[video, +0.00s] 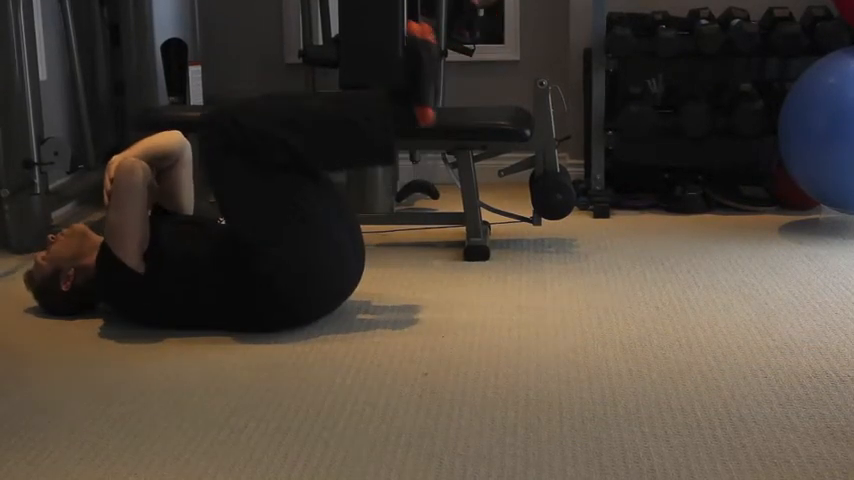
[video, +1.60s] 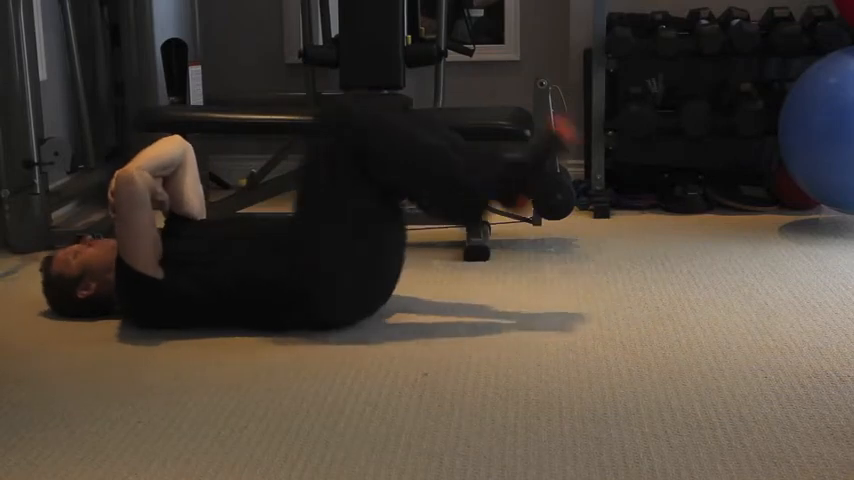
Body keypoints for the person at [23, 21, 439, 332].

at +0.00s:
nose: (57, 236)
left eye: (47, 241)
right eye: (51, 248)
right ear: (72, 278)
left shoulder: (153, 253)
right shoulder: (120, 283)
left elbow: (177, 144)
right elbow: (129, 171)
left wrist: (122, 167)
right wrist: (123, 170)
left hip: (320, 262)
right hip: (297, 276)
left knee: (229, 129)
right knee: (227, 132)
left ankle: (395, 104)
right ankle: (399, 116)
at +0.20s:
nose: (56, 236)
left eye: (46, 244)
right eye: (52, 251)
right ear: (73, 278)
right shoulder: (125, 282)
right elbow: (131, 165)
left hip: (328, 242)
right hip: (295, 262)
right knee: (180, 142)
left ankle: (339, 73)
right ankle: (340, 77)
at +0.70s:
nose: (54, 231)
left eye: (43, 239)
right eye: (48, 245)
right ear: (67, 278)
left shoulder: (151, 258)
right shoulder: (114, 286)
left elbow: (178, 164)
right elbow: (122, 172)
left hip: (326, 251)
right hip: (292, 269)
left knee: (165, 126)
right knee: (166, 127)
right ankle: (354, 110)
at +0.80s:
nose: (66, 232)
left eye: (54, 235)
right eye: (53, 245)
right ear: (65, 283)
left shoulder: (152, 254)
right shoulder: (115, 291)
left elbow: (173, 148)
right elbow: (116, 178)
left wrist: (115, 186)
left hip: (325, 268)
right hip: (297, 285)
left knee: (264, 125)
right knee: (252, 125)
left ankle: (416, 122)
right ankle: (413, 130)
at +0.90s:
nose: (71, 244)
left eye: (64, 245)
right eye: (60, 255)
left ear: (81, 249)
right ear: (66, 291)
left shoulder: (156, 253)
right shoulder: (119, 298)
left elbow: (169, 150)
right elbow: (109, 181)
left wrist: (110, 186)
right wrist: (132, 187)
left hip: (328, 272)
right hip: (306, 290)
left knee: (326, 121)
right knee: (311, 124)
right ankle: (472, 179)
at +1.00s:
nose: (84, 250)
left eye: (77, 249)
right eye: (73, 259)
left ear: (94, 257)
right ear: (80, 293)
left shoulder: (160, 250)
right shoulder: (131, 297)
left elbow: (168, 148)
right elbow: (115, 174)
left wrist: (117, 204)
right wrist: (127, 219)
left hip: (331, 263)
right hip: (323, 290)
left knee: (376, 125)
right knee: (370, 130)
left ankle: (488, 225)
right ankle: (520, 221)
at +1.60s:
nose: (87, 242)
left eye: (78, 246)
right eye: (77, 257)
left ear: (100, 251)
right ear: (90, 288)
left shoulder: (177, 248)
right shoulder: (143, 297)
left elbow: (179, 153)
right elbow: (129, 178)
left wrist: (140, 203)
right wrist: (148, 201)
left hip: (347, 266)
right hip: (327, 287)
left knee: (357, 122)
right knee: (342, 126)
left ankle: (519, 174)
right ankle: (511, 186)